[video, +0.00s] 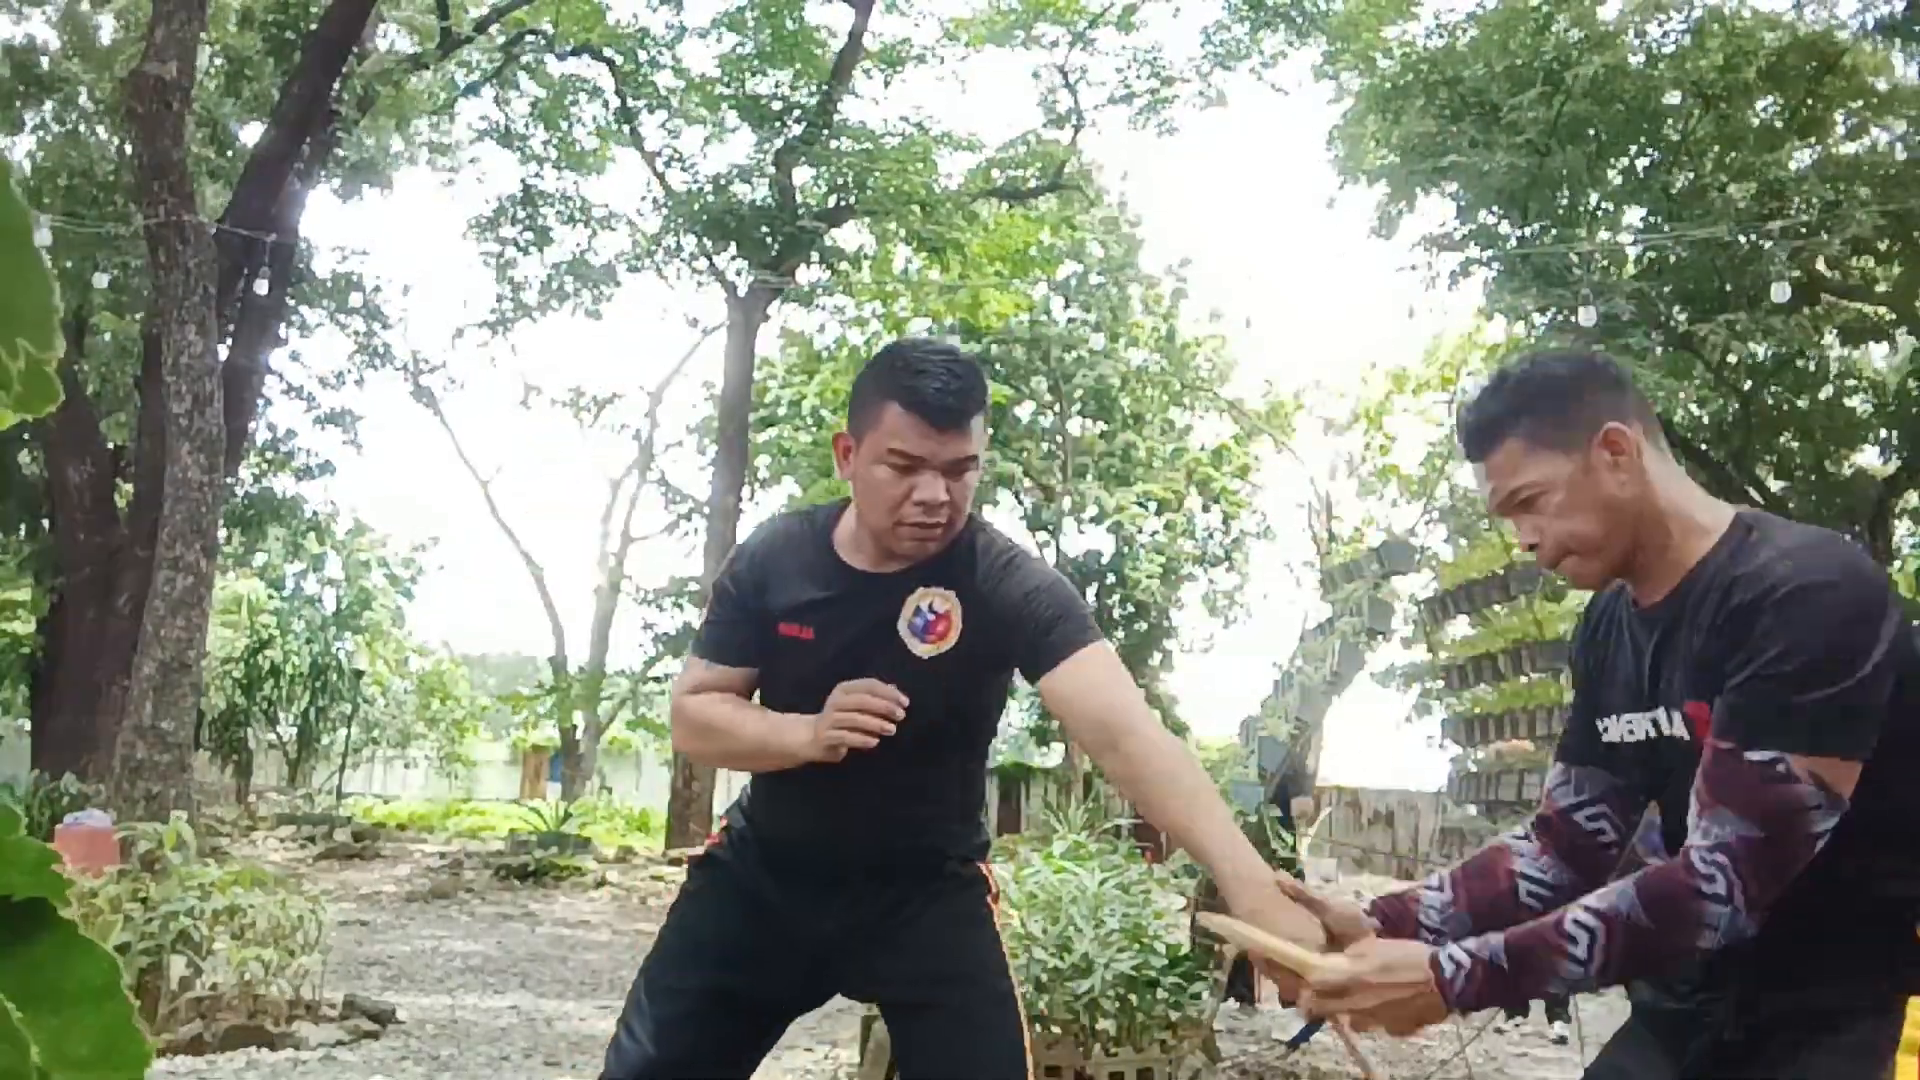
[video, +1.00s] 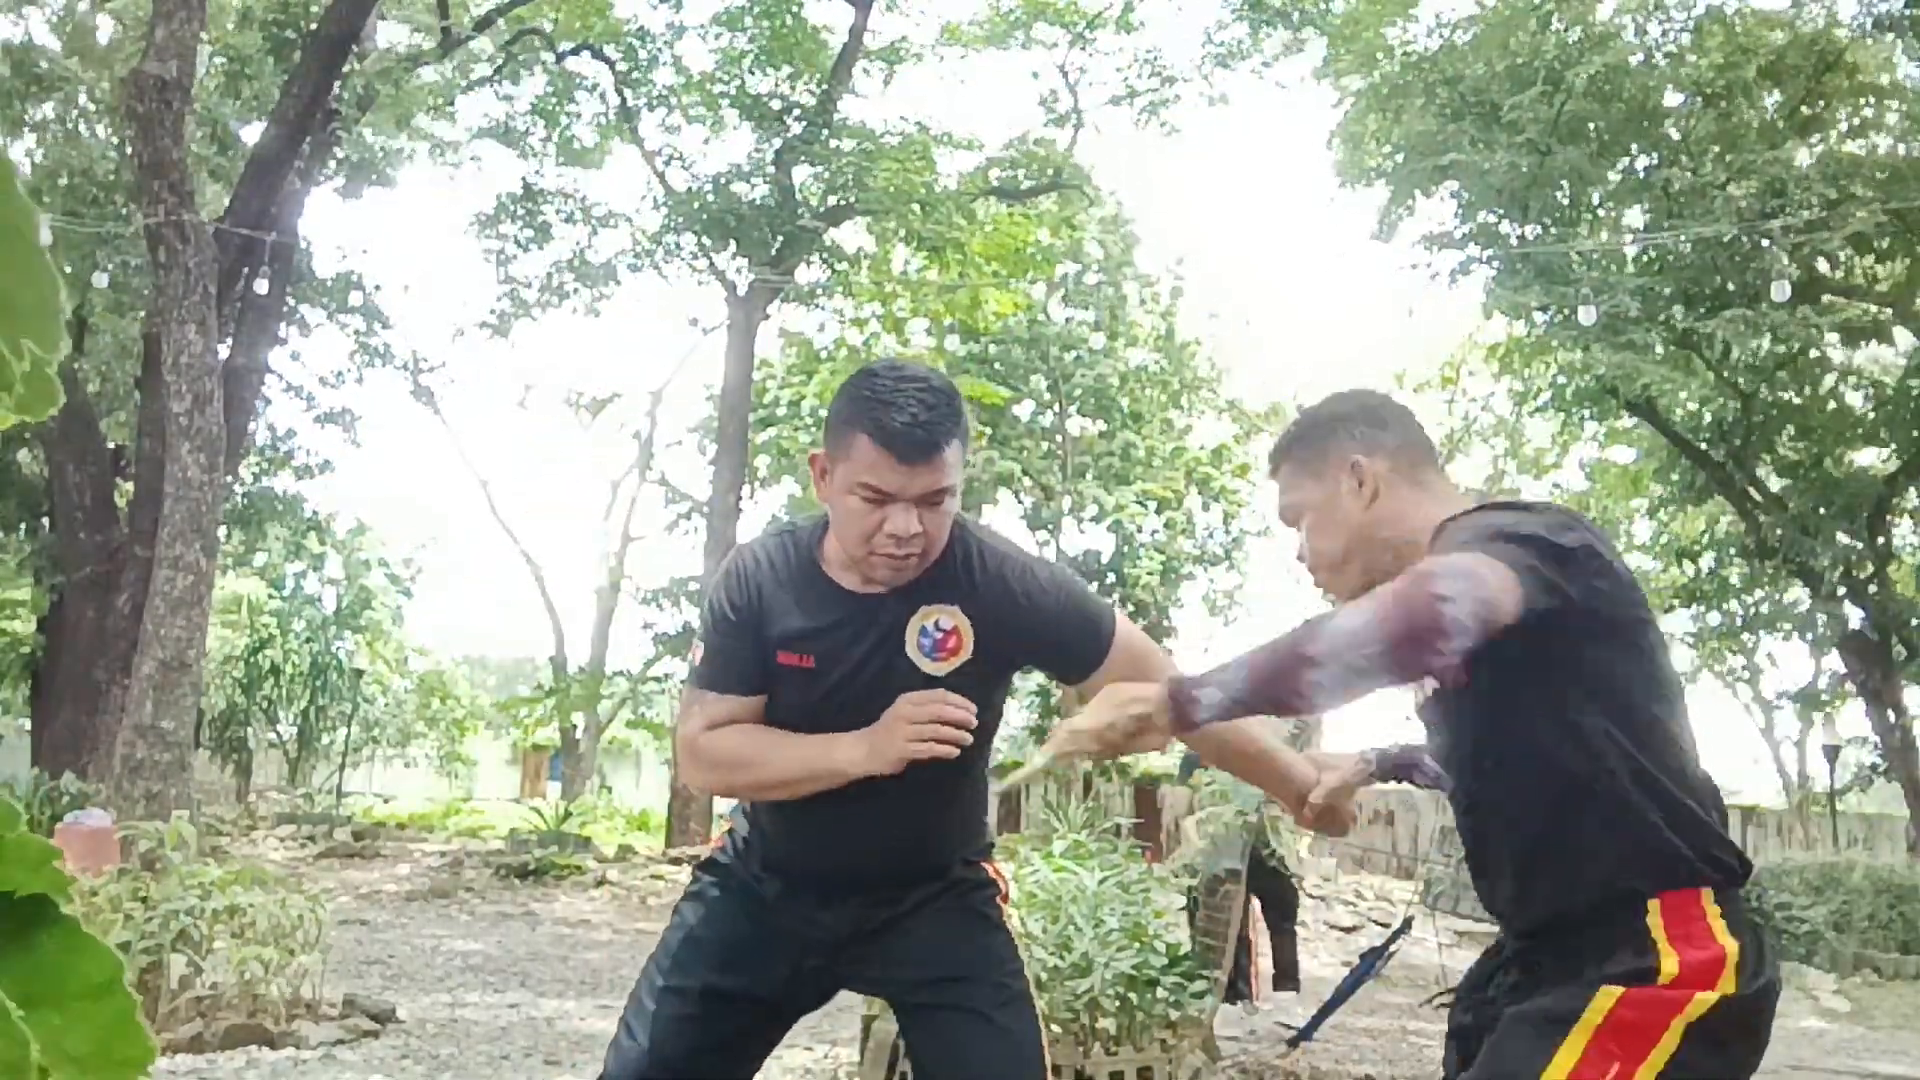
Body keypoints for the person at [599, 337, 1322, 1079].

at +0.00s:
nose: (936, 495)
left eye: (960, 468)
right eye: (907, 465)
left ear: (983, 458)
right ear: (848, 453)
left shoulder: (1008, 586)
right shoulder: (774, 560)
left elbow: (1128, 733)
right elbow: (691, 721)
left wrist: (1253, 887)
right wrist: (804, 735)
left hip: (927, 896)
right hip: (766, 879)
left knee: (982, 1067)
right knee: (647, 1062)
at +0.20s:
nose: (898, 502)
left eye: (923, 474)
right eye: (869, 473)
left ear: (948, 461)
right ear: (810, 456)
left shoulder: (981, 582)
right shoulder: (741, 567)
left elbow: (1132, 724)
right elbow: (674, 733)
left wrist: (1264, 862)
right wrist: (819, 737)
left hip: (917, 887)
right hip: (753, 874)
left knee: (981, 1066)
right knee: (636, 1061)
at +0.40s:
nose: (901, 509)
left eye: (925, 480)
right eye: (871, 479)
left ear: (950, 465)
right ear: (812, 464)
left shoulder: (994, 578)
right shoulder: (749, 568)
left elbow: (1170, 683)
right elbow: (686, 744)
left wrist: (1335, 771)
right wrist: (839, 742)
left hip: (928, 891)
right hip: (759, 880)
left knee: (990, 1069)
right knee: (642, 1067)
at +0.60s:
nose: (923, 525)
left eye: (949, 496)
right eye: (895, 495)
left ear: (974, 479)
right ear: (837, 474)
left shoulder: (1013, 585)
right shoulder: (766, 579)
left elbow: (1190, 682)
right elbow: (702, 753)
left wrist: (1341, 761)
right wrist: (867, 749)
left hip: (935, 896)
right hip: (766, 886)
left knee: (999, 1066)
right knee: (648, 1066)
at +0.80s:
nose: (912, 529)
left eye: (938, 500)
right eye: (884, 498)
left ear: (965, 483)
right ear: (826, 476)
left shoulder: (1002, 583)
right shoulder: (761, 582)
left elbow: (1184, 672)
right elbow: (702, 756)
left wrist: (1336, 735)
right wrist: (866, 752)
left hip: (938, 901)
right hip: (767, 892)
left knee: (1002, 1067)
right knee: (648, 1064)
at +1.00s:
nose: (904, 530)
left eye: (932, 501)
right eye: (878, 499)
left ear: (960, 482)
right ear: (821, 473)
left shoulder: (996, 579)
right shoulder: (758, 582)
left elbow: (1161, 679)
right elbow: (699, 757)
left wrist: (1290, 778)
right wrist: (860, 748)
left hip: (937, 900)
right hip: (766, 892)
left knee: (1004, 1065)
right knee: (646, 1064)